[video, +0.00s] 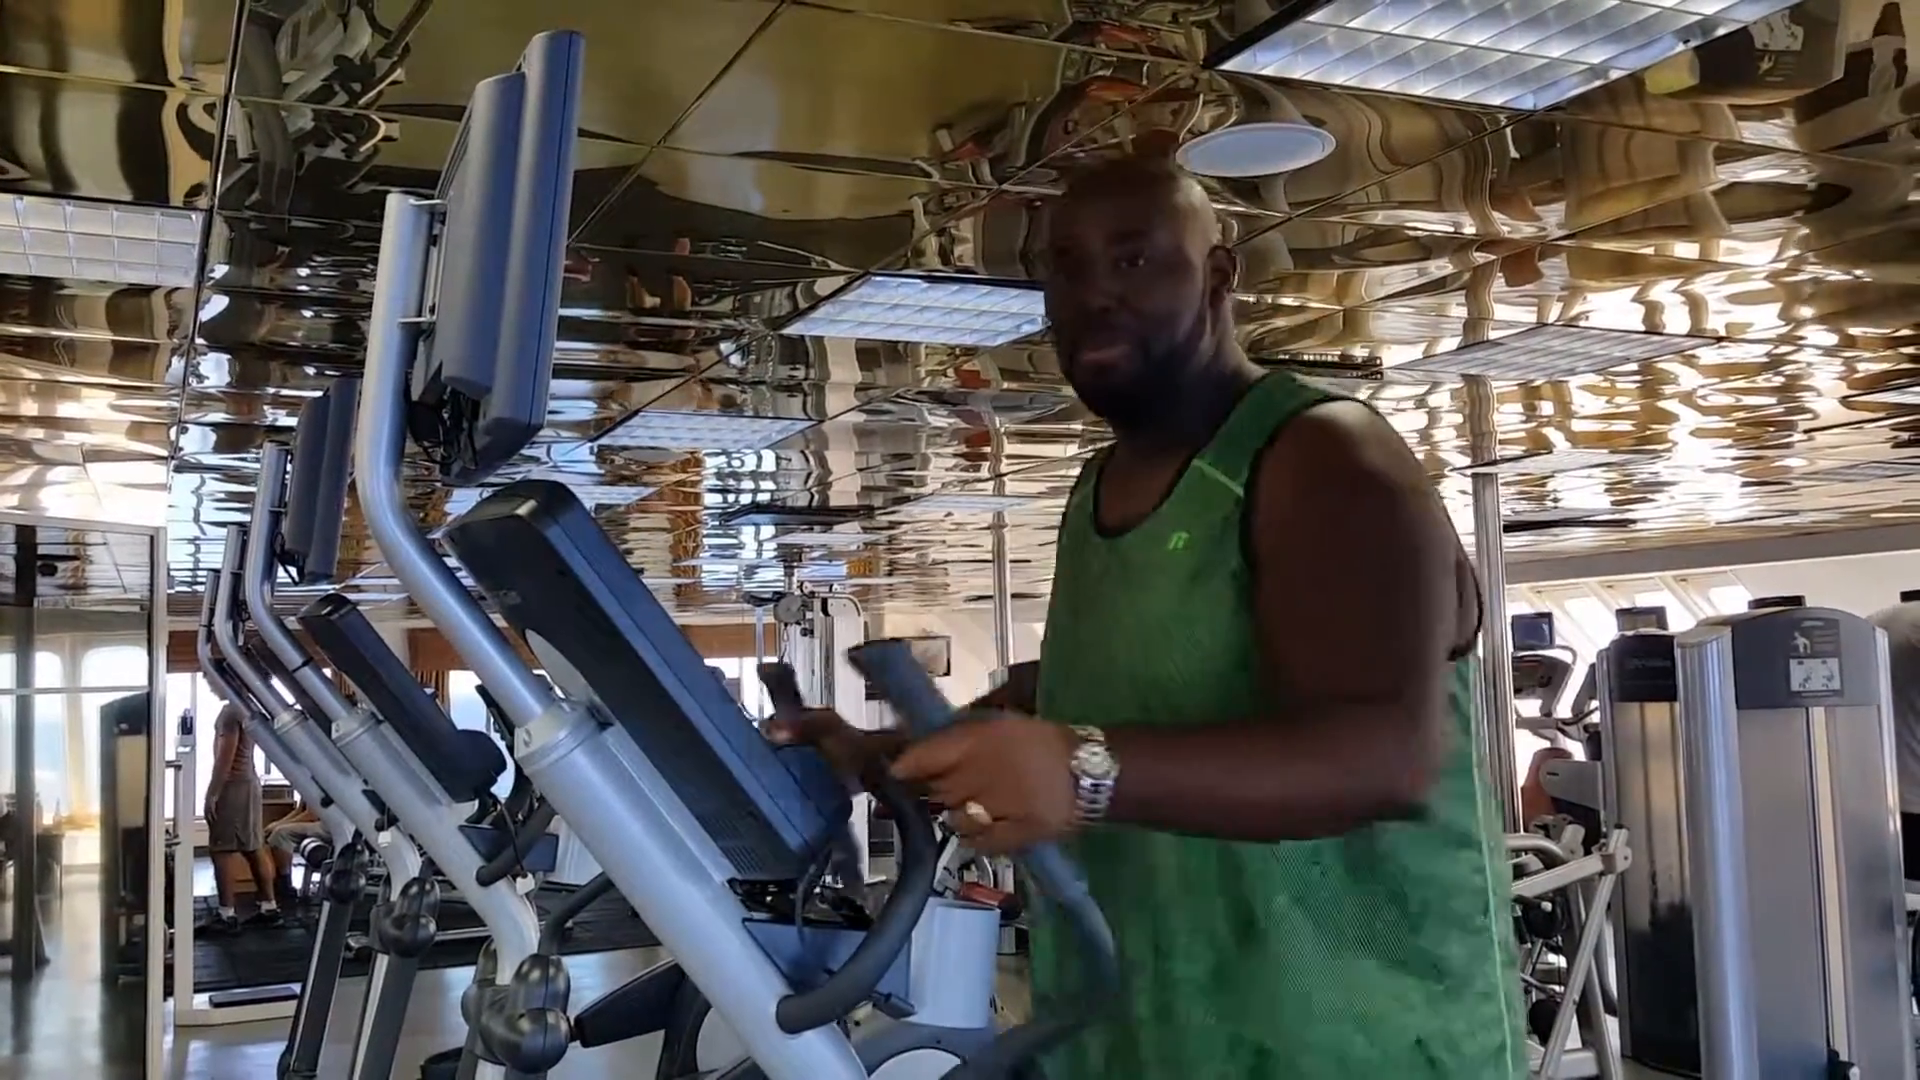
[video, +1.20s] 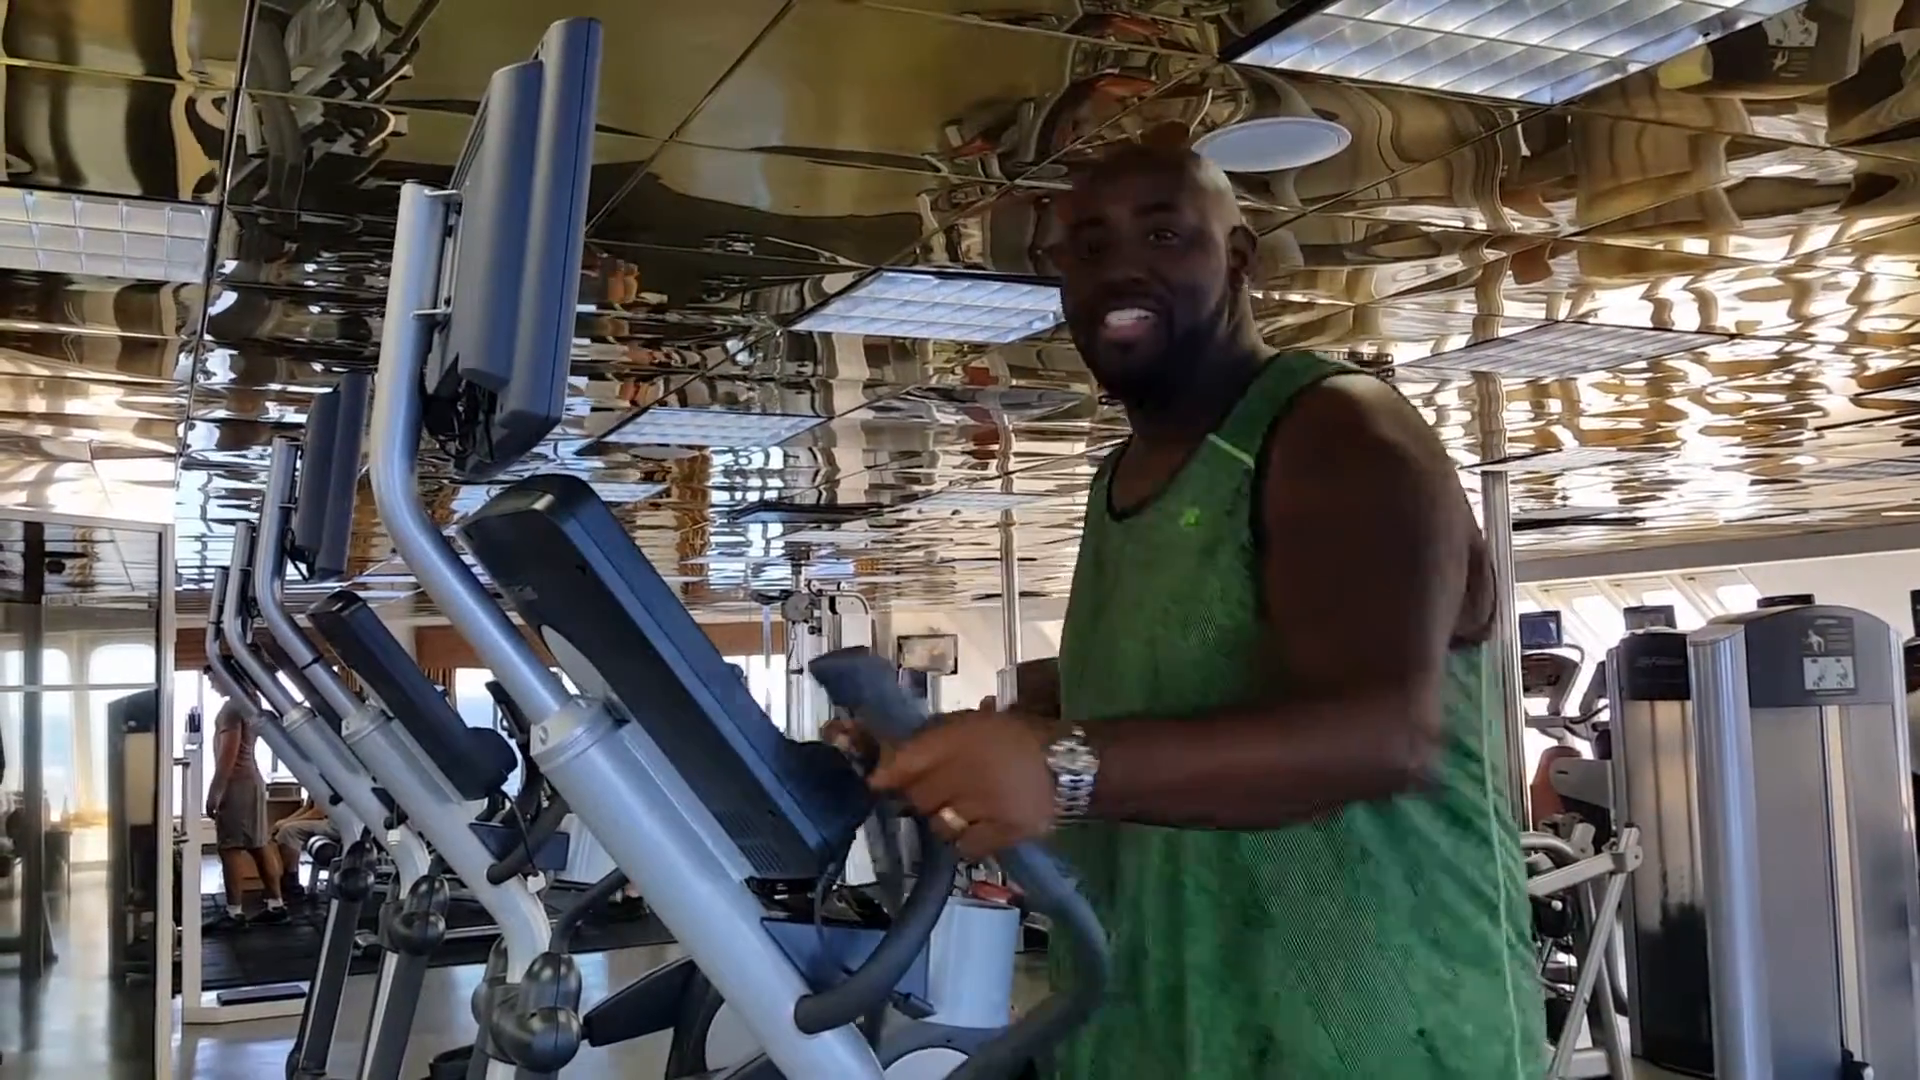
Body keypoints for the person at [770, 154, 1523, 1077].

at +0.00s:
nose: (1091, 296)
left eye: (1133, 258)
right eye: (1064, 269)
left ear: (1221, 277)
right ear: (1044, 297)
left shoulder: (1336, 463)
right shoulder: (1102, 490)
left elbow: (1389, 751)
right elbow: (1107, 719)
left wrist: (1092, 774)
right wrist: (901, 757)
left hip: (1345, 1037)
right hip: (1134, 1029)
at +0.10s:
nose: (1076, 283)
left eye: (1118, 245)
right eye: (1051, 253)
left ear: (1205, 266)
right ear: (1027, 279)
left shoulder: (1311, 430)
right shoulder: (1104, 467)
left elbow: (1310, 714)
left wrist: (1015, 764)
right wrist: (1026, 797)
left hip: (1336, 1023)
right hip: (1143, 1013)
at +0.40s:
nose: (1039, 225)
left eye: (1081, 193)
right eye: (1013, 199)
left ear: (1157, 219)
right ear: (987, 232)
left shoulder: (1269, 381)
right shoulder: (1056, 442)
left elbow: (1305, 639)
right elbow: (1056, 665)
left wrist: (1041, 761)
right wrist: (943, 756)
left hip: (1319, 985)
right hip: (1140, 989)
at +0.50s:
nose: (1054, 261)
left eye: (1097, 232)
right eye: (1024, 239)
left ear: (1172, 268)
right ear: (998, 284)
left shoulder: (1282, 433)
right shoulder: (1048, 489)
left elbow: (1389, 704)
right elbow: (1046, 709)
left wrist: (1136, 768)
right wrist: (847, 747)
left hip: (1314, 992)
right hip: (1126, 996)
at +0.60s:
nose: (1071, 279)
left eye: (1110, 246)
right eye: (1041, 257)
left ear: (1187, 281)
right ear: (1016, 302)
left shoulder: (1299, 451)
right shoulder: (1041, 510)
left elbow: (1483, 715)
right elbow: (973, 718)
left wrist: (1253, 803)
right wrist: (761, 741)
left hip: (1317, 988)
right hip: (1122, 999)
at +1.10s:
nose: (1122, 256)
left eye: (1167, 225)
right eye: (1090, 236)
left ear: (1239, 260)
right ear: (1062, 275)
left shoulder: (1359, 442)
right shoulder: (1106, 492)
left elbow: (1469, 738)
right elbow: (1047, 691)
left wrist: (1160, 777)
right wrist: (846, 741)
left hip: (1384, 1044)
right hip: (1144, 1041)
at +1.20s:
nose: (1119, 271)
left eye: (1164, 233)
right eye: (1086, 245)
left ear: (1240, 264)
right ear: (1058, 281)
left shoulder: (1348, 432)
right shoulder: (1129, 472)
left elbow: (1388, 731)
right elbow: (1165, 704)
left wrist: (1070, 768)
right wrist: (964, 741)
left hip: (1357, 1027)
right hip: (1156, 1021)